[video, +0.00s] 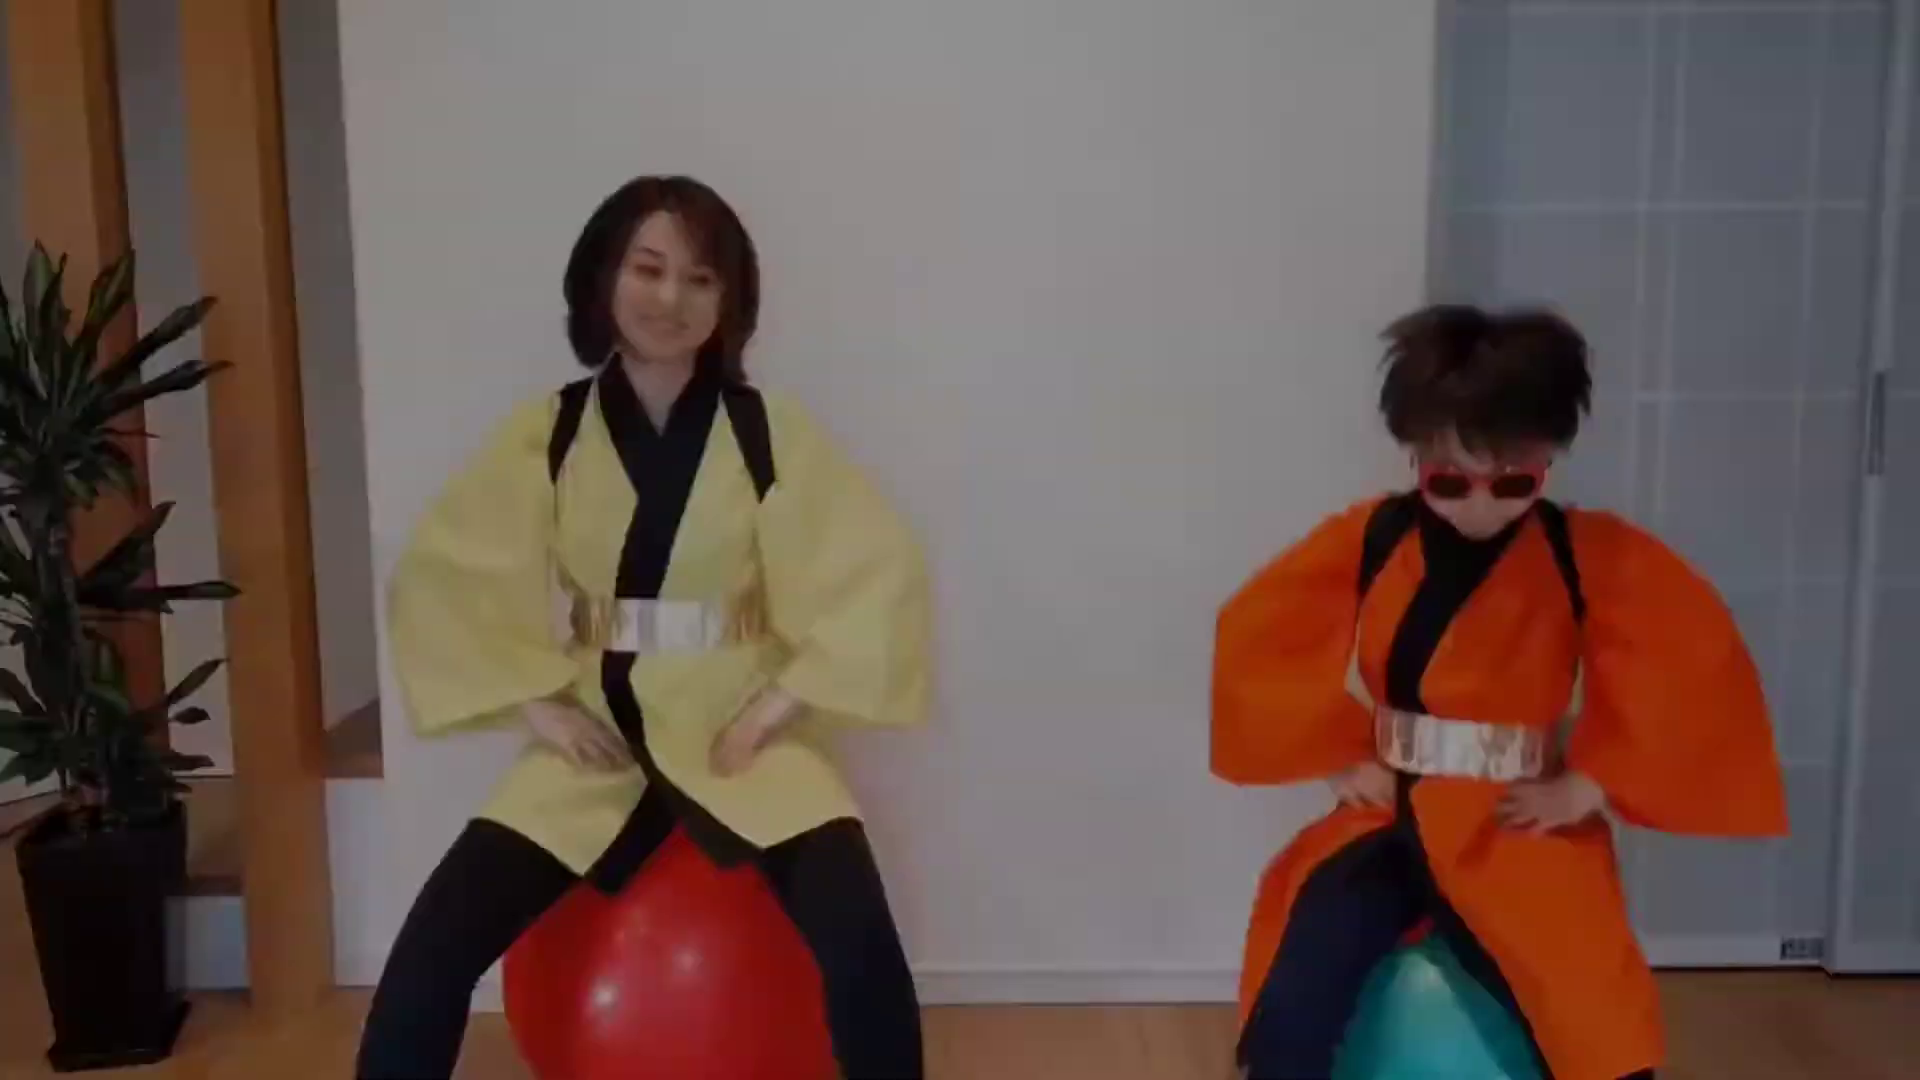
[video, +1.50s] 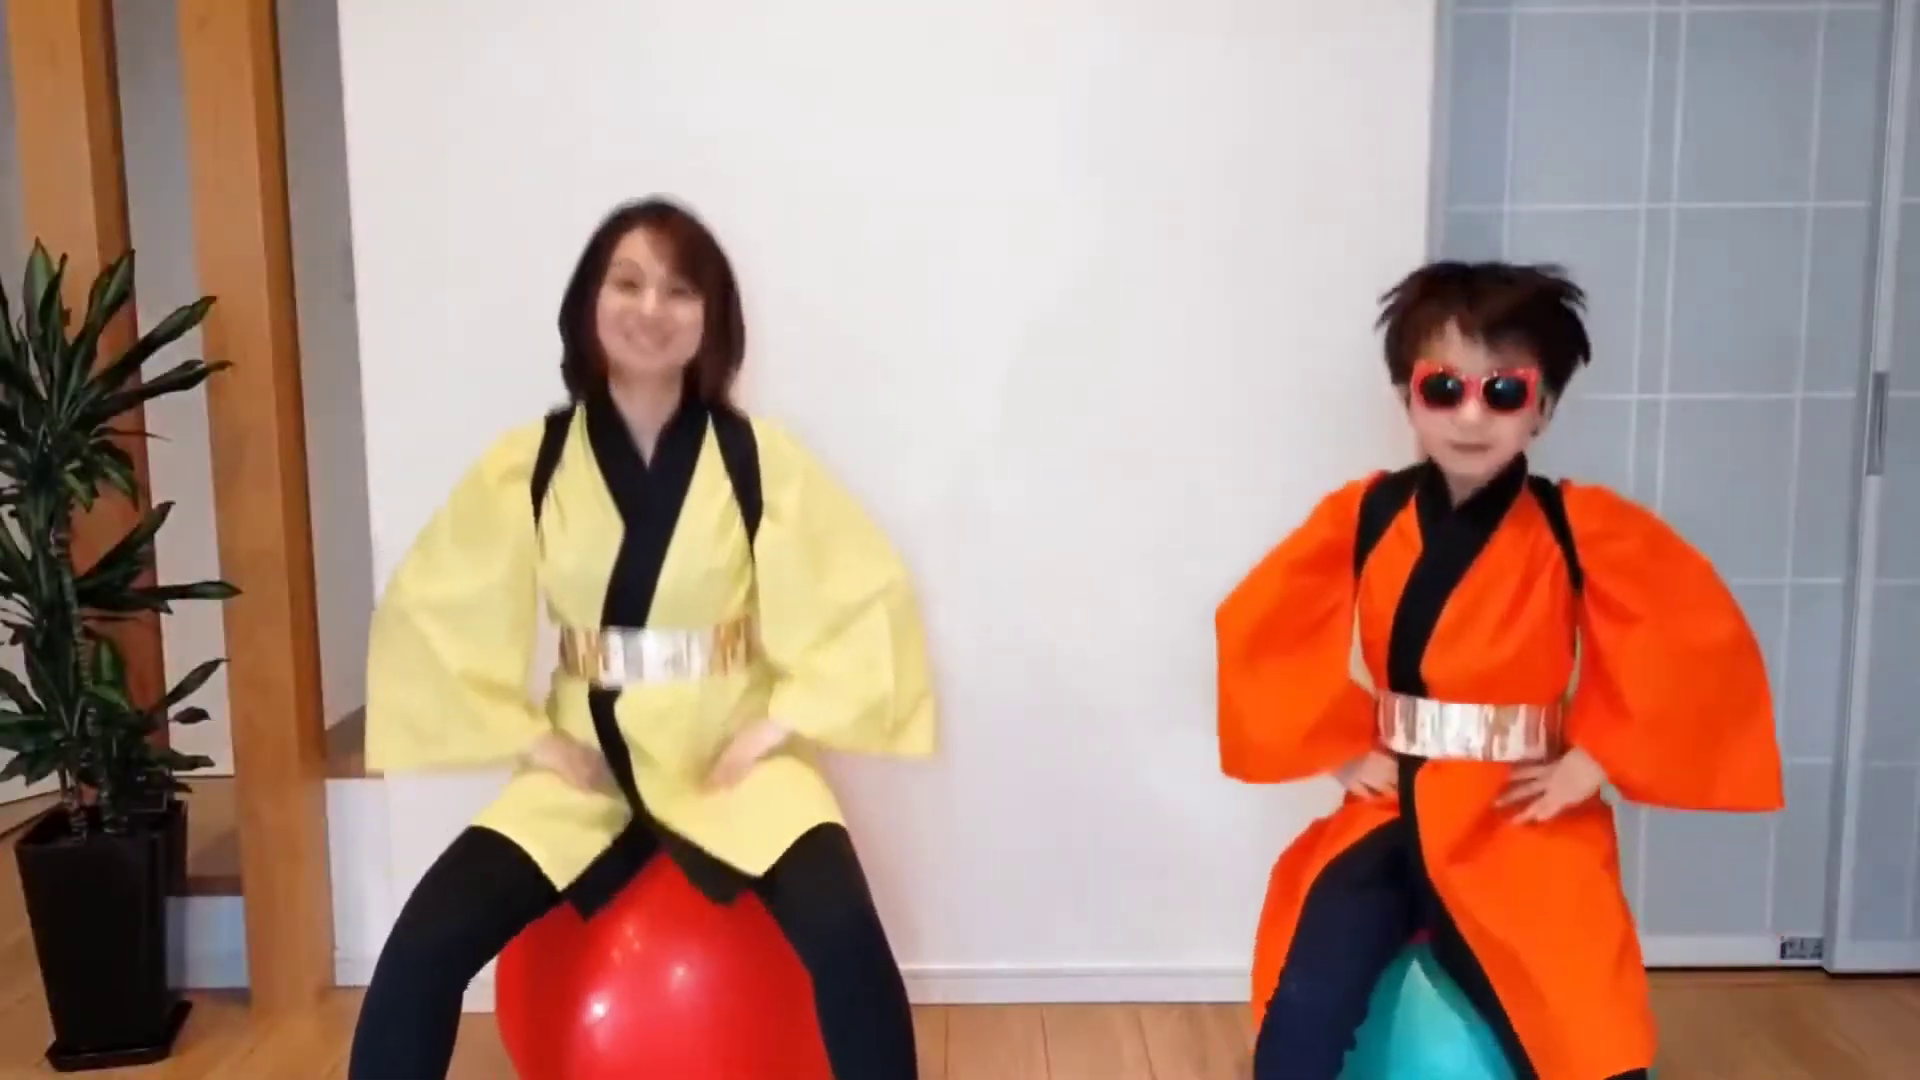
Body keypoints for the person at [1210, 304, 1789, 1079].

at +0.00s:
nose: (1478, 509)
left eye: (1511, 484)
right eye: (1448, 481)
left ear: (1552, 456)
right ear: (1411, 451)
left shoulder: (1592, 555)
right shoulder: (1370, 539)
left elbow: (1696, 670)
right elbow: (1255, 635)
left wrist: (1591, 782)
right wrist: (1338, 751)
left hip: (1524, 830)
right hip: (1385, 819)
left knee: (1601, 1009)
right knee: (1309, 945)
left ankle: (1614, 1070)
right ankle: (1276, 1064)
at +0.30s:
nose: (1458, 534)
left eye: (1490, 512)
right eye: (1429, 508)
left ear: (1535, 494)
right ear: (1398, 490)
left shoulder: (1582, 610)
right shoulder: (1371, 593)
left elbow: (1697, 743)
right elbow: (1258, 708)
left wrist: (1586, 858)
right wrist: (1344, 830)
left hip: (1521, 890)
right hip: (1384, 874)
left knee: (1600, 1054)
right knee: (1312, 1017)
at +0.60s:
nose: (1466, 520)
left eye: (1497, 499)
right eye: (1438, 496)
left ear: (1536, 502)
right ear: (1402, 496)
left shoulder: (1576, 623)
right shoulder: (1362, 612)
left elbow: (1684, 745)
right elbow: (1257, 721)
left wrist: (1584, 860)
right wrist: (1351, 830)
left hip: (1516, 897)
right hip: (1385, 884)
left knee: (1595, 1041)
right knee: (1338, 958)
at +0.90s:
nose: (1467, 459)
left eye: (1500, 436)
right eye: (1439, 432)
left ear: (1539, 426)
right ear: (1403, 418)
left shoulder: (1585, 537)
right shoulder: (1365, 533)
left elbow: (1700, 659)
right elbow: (1266, 660)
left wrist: (1599, 774)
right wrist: (1348, 769)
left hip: (1528, 834)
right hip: (1393, 823)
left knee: (1547, 1037)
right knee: (1322, 997)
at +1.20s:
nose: (1469, 562)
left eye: (1501, 540)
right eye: (1440, 537)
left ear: (1538, 552)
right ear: (1404, 545)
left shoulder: (1578, 675)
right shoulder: (1365, 661)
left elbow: (1697, 797)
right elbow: (1253, 763)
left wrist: (1596, 898)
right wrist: (1351, 858)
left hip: (1520, 936)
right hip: (1384, 920)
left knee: (1593, 1054)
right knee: (1323, 1007)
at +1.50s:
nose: (1471, 415)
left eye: (1505, 390)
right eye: (1443, 387)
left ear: (1543, 409)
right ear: (1407, 397)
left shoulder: (1582, 525)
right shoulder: (1363, 517)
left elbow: (1702, 642)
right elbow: (1256, 630)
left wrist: (1597, 756)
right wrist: (1341, 743)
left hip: (1529, 820)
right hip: (1392, 813)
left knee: (1595, 1030)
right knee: (1307, 994)